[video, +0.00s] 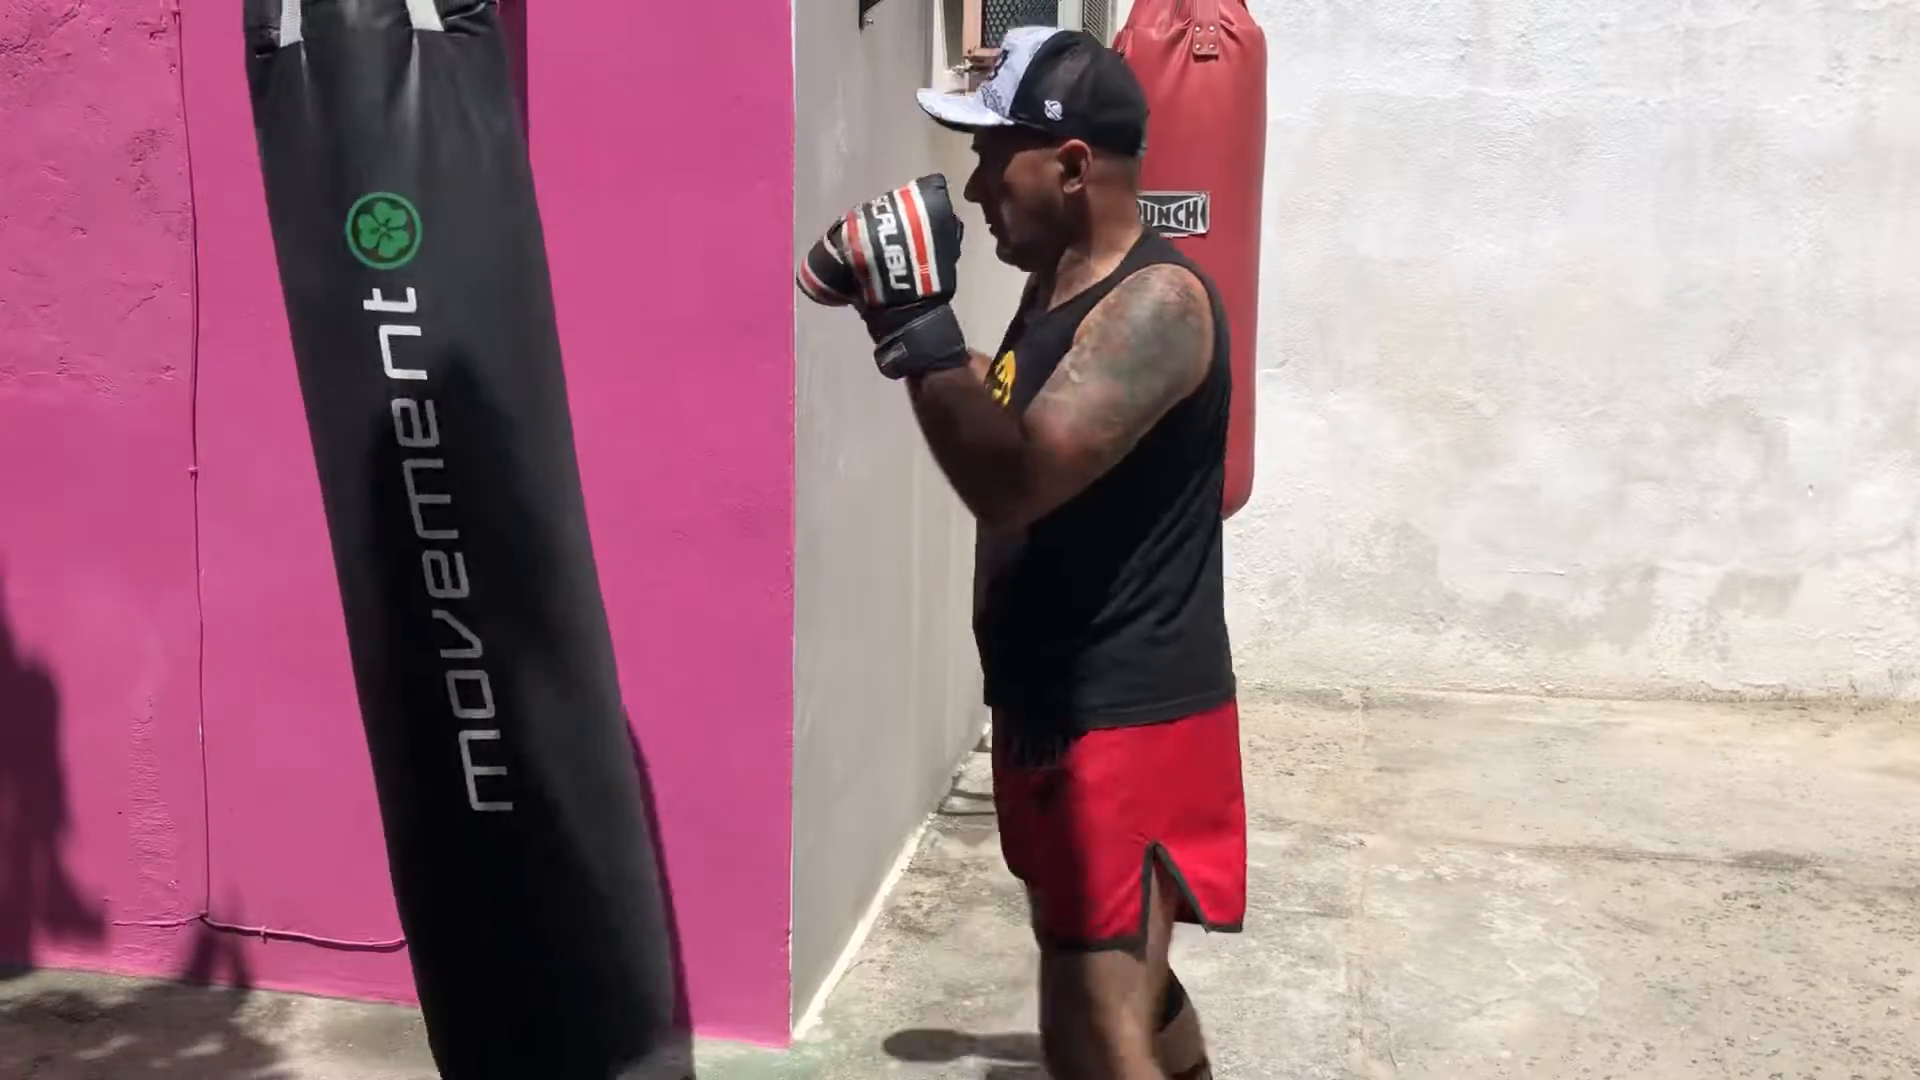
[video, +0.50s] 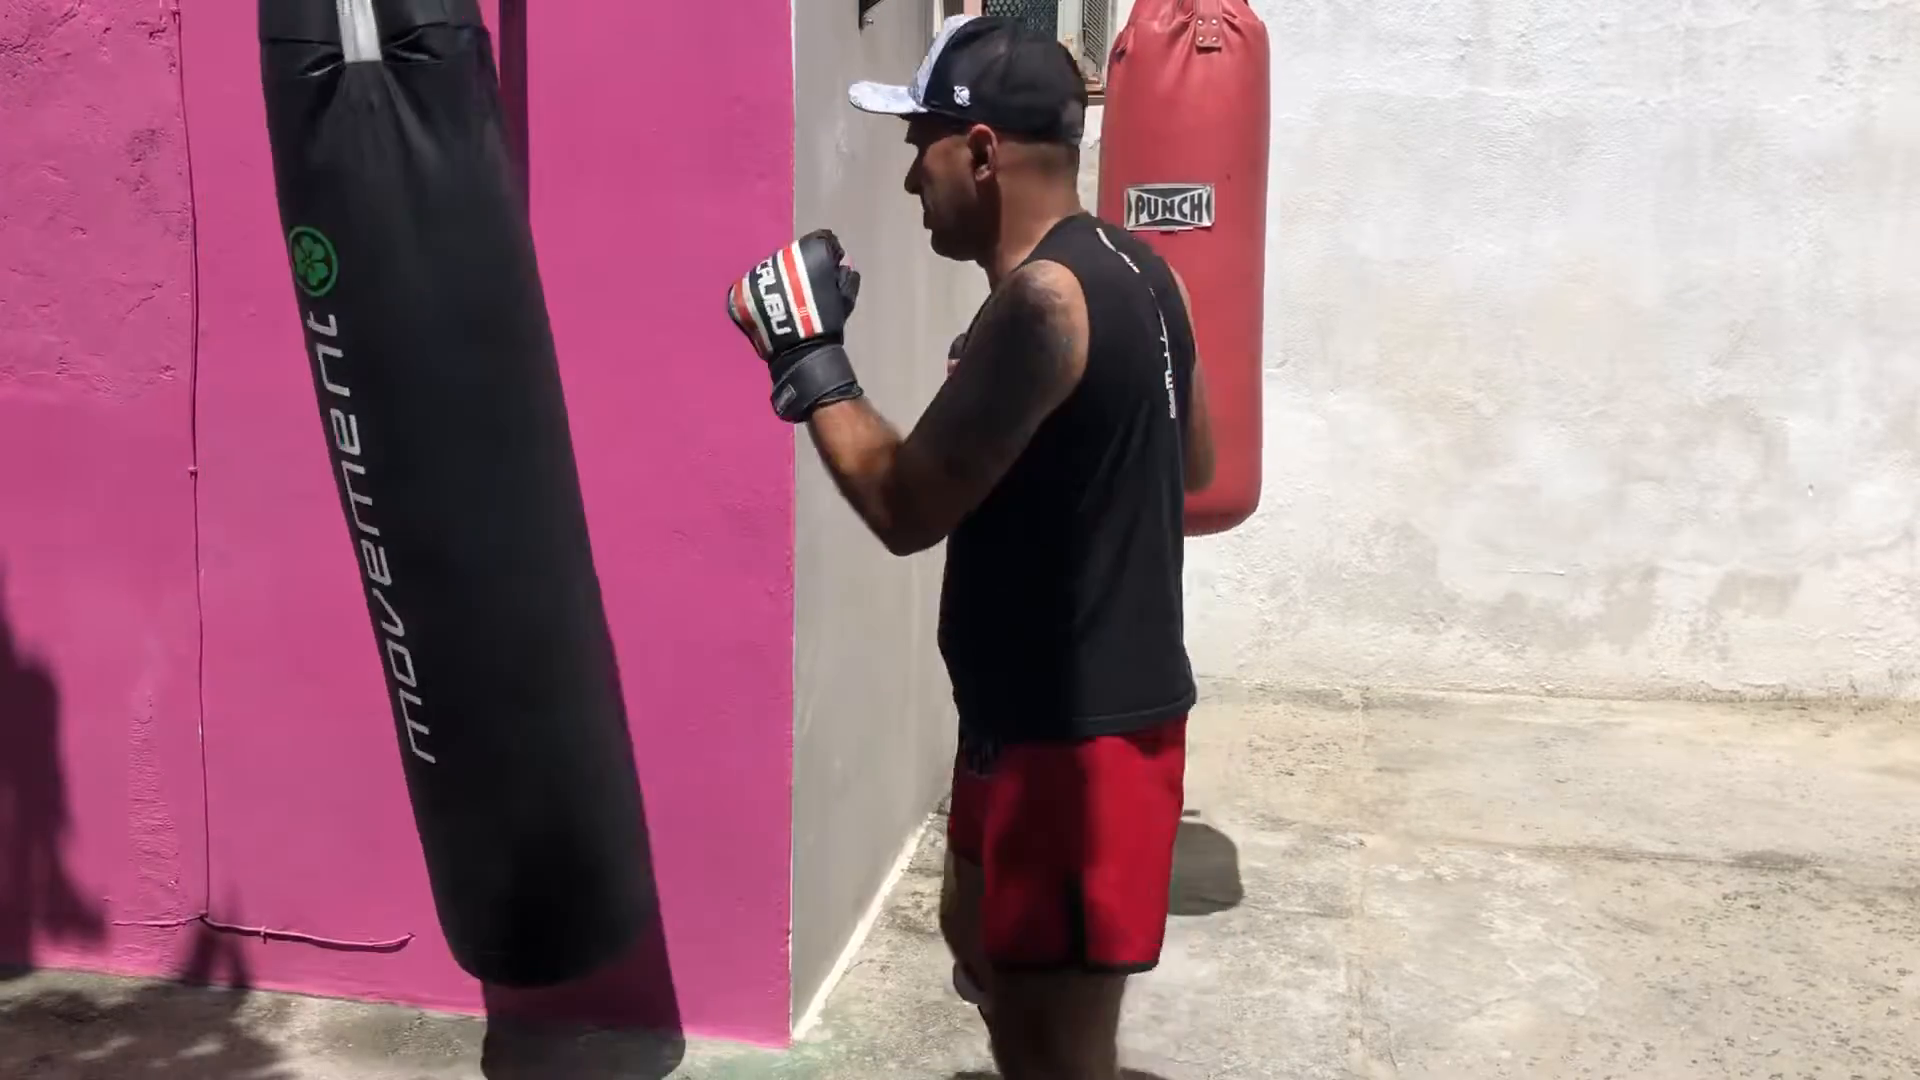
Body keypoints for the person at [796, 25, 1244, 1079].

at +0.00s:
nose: (975, 181)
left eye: (995, 152)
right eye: (978, 152)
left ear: (1072, 166)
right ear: (1068, 166)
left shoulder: (1158, 300)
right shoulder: (1061, 293)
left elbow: (1007, 483)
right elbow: (997, 439)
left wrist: (912, 315)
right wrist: (904, 310)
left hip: (1120, 717)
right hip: (1059, 712)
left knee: (1097, 1041)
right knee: (1136, 1005)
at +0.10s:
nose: (971, 195)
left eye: (990, 168)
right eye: (973, 168)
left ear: (1065, 182)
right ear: (1063, 183)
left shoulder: (1148, 315)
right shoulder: (1080, 308)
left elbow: (1015, 505)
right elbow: (1013, 442)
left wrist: (918, 344)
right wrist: (917, 341)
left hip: (1137, 718)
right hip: (1089, 710)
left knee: (1065, 1040)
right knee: (1157, 1000)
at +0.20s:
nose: (968, 188)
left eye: (985, 161)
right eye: (970, 161)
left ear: (1059, 172)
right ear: (1059, 174)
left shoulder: (1134, 307)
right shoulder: (1094, 302)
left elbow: (1008, 502)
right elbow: (1038, 478)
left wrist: (904, 356)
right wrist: (938, 371)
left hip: (1125, 713)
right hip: (1103, 705)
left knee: (1056, 1037)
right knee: (1152, 993)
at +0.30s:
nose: (965, 188)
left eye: (982, 160)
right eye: (968, 160)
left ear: (1055, 172)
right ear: (1056, 174)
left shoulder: (1122, 311)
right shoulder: (1100, 293)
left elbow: (974, 501)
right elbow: (1091, 486)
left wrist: (872, 342)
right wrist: (981, 415)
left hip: (1107, 729)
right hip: (1110, 715)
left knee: (1057, 1042)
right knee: (1142, 993)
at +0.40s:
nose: (941, 183)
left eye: (958, 154)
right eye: (946, 155)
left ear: (1026, 165)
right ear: (1037, 164)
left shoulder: (1082, 315)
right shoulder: (1148, 281)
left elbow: (939, 507)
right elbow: (1208, 486)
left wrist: (842, 347)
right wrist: (1021, 436)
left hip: (1074, 732)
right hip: (1133, 714)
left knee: (1045, 1039)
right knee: (1101, 999)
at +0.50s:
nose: (909, 172)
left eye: (922, 143)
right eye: (913, 144)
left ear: (983, 151)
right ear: (1010, 149)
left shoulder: (1043, 300)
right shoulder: (1137, 271)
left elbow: (901, 509)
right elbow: (1189, 468)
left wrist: (809, 354)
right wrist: (1033, 462)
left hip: (1059, 733)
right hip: (1099, 710)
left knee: (1058, 1043)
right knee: (985, 945)